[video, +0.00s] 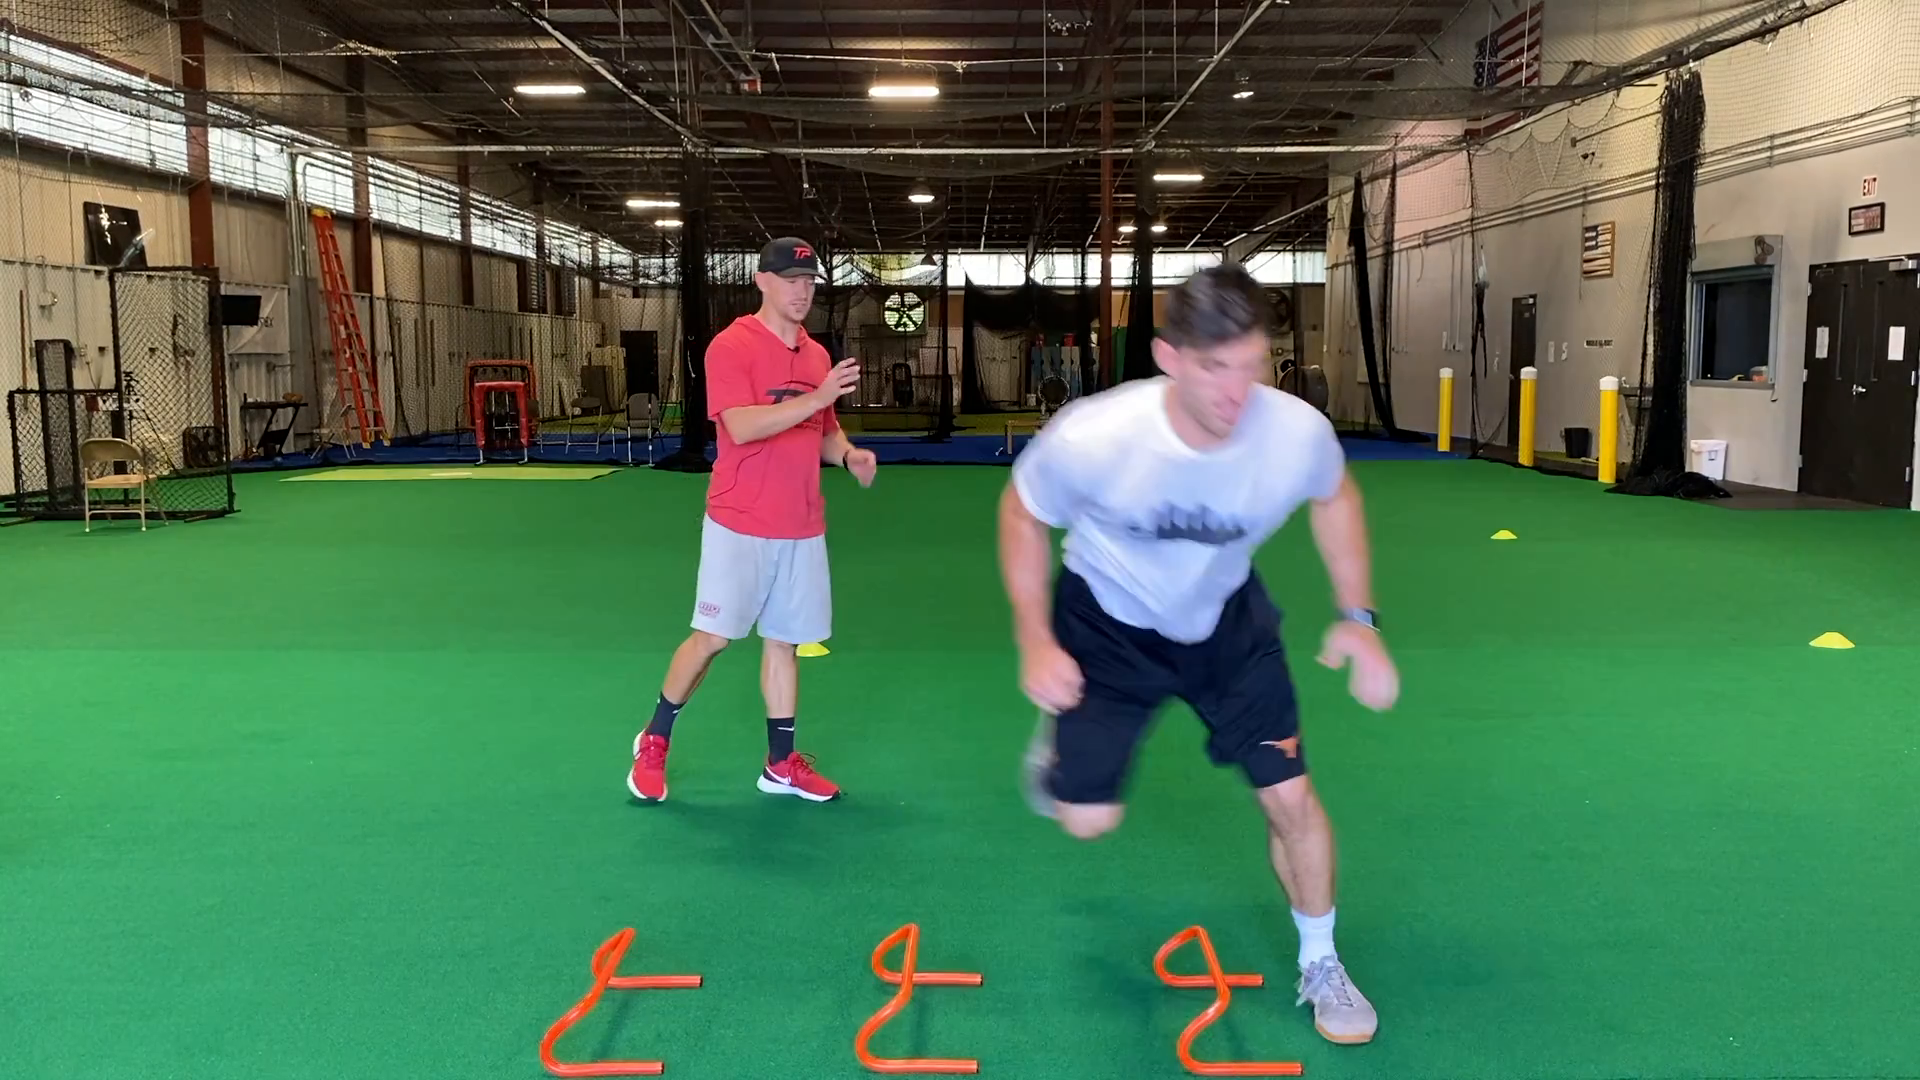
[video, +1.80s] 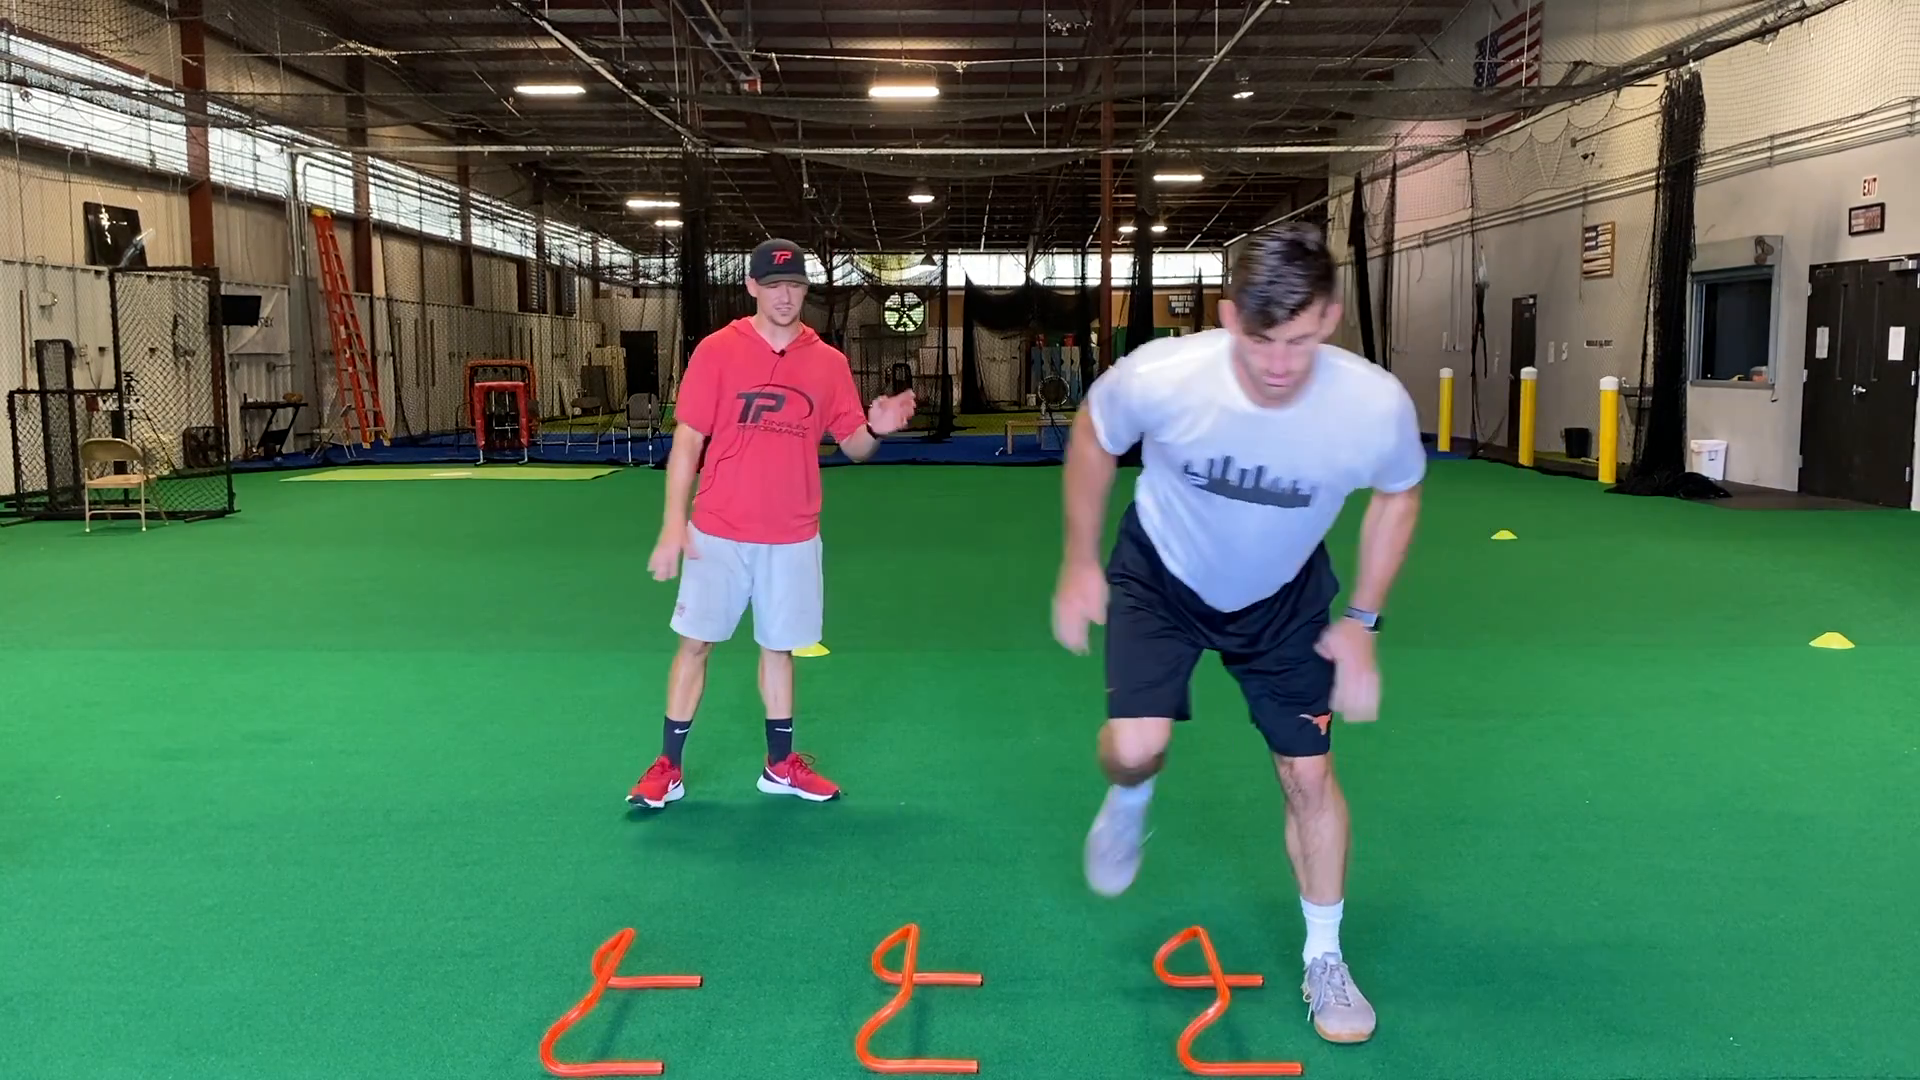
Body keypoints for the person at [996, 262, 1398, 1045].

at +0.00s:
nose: (1237, 389)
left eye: (1251, 368)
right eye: (1216, 368)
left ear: (1266, 359)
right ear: (1168, 358)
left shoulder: (1298, 433)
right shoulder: (1092, 435)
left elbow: (1335, 498)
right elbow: (1022, 509)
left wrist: (1356, 614)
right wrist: (1035, 639)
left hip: (1228, 616)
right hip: (1110, 617)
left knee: (1289, 795)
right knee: (1087, 816)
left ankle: (1321, 965)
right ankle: (1059, 742)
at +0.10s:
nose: (1300, 432)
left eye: (1315, 411)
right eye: (1280, 412)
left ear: (1330, 394)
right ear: (1230, 393)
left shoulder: (1361, 461)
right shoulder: (1157, 466)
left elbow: (1411, 522)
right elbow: (1072, 547)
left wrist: (1439, 638)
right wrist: (1102, 679)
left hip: (1282, 639)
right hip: (1166, 640)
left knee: (1317, 799)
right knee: (1183, 822)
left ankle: (1323, 967)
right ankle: (1156, 775)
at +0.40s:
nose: (1399, 423)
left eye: (1416, 401)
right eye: (1380, 403)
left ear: (1434, 386)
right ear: (1334, 383)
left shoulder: (1467, 459)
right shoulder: (1253, 438)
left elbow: (1515, 529)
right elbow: (1166, 493)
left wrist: (1549, 648)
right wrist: (1153, 619)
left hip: (1360, 628)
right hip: (1235, 610)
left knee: (1372, 789)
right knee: (1193, 781)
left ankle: (1346, 961)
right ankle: (1235, 754)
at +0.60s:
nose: (1455, 401)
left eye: (1471, 380)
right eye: (1436, 380)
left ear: (1489, 364)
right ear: (1389, 359)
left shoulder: (1509, 453)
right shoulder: (1304, 399)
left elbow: (1540, 536)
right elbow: (1207, 436)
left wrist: (1568, 650)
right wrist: (1162, 561)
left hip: (1364, 610)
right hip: (1238, 562)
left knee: (1379, 776)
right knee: (1121, 705)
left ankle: (1344, 960)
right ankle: (1181, 691)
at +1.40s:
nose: (1431, 379)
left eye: (1448, 359)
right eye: (1412, 357)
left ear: (1467, 343)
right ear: (1369, 335)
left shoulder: (1490, 411)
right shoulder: (1283, 393)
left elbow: (1506, 478)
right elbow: (1183, 461)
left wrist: (1496, 578)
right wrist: (1203, 590)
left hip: (1355, 602)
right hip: (1236, 573)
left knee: (1351, 766)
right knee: (1163, 733)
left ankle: (1331, 957)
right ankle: (1194, 732)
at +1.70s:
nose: (1329, 367)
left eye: (1349, 348)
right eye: (1312, 345)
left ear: (1378, 326)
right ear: (1278, 320)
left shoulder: (1419, 394)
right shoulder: (1204, 383)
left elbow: (1445, 453)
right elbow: (1125, 453)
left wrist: (1421, 567)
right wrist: (1161, 588)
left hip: (1312, 594)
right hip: (1194, 578)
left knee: (1320, 766)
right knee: (1170, 749)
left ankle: (1328, 958)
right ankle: (1182, 762)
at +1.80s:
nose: (1278, 362)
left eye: (1298, 341)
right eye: (1260, 339)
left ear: (1329, 319)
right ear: (1227, 316)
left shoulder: (1376, 406)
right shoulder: (1160, 377)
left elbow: (1399, 493)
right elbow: (1092, 432)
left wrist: (1361, 618)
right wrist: (1079, 562)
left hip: (1284, 591)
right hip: (1160, 576)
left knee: (1308, 772)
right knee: (1134, 749)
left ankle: (1324, 957)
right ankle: (1127, 803)